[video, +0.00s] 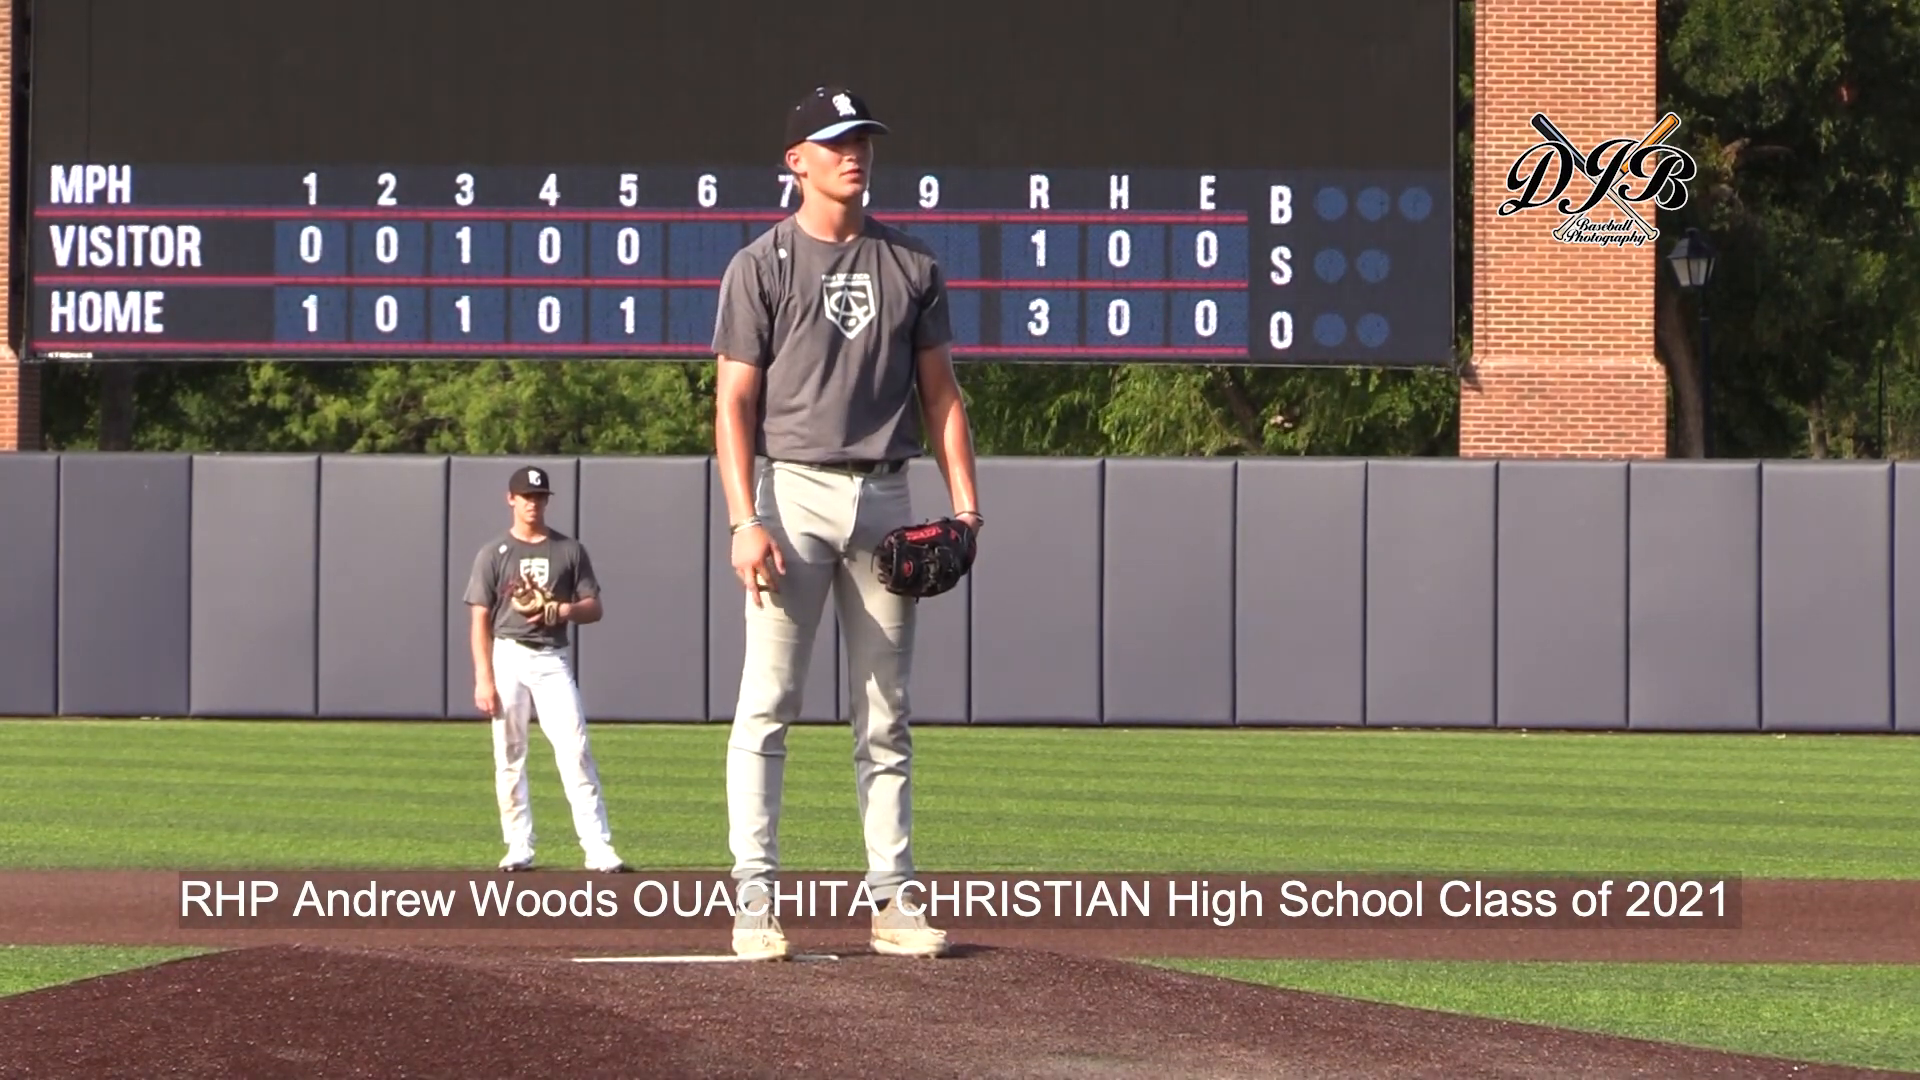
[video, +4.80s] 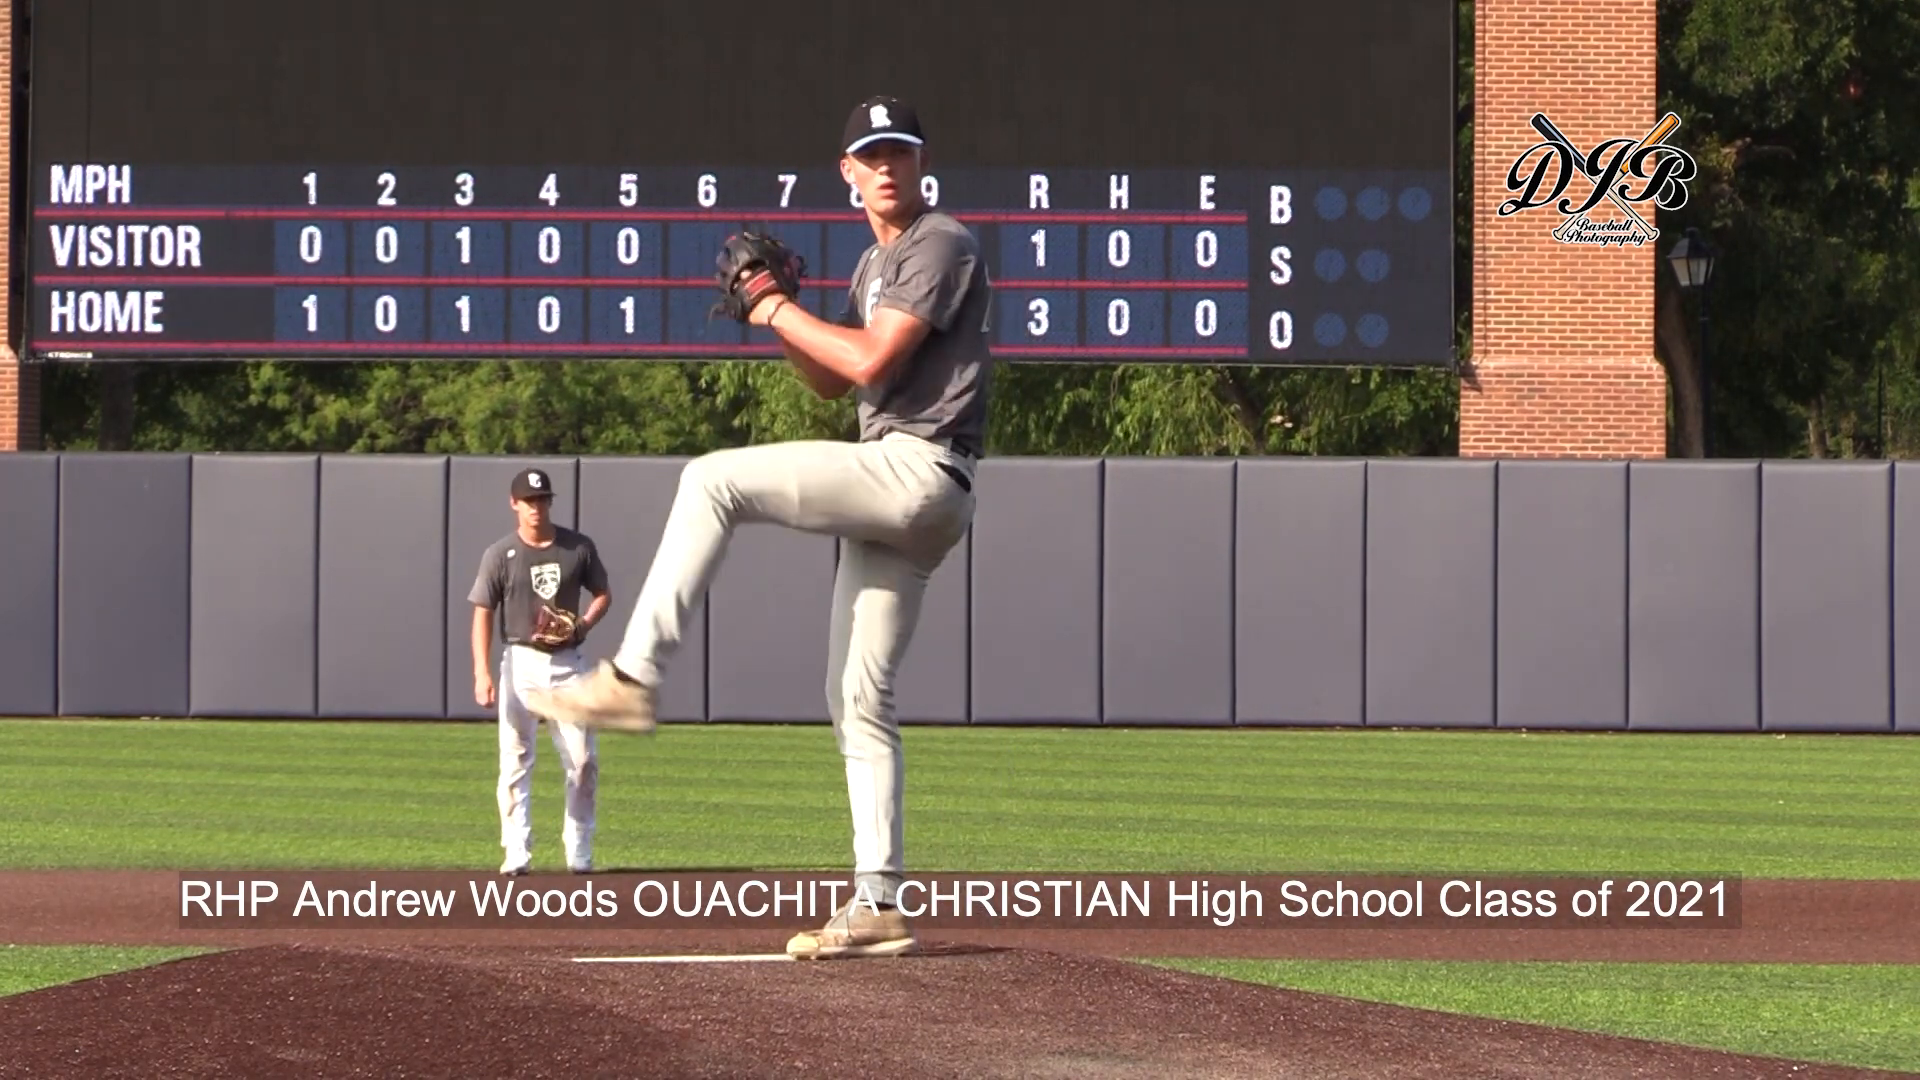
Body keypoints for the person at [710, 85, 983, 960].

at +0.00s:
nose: (854, 159)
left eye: (861, 145)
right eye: (837, 147)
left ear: (871, 158)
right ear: (799, 160)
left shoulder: (911, 267)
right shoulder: (758, 267)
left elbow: (942, 395)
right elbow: (732, 405)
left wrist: (965, 507)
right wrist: (744, 520)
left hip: (887, 497)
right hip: (790, 493)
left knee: (885, 712)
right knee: (768, 705)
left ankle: (893, 897)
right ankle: (755, 895)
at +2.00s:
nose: (852, 158)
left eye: (860, 145)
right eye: (835, 146)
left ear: (870, 156)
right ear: (797, 159)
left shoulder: (913, 263)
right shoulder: (760, 261)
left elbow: (943, 390)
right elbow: (730, 400)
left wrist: (964, 502)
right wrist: (750, 519)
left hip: (889, 497)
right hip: (792, 493)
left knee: (886, 711)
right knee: (769, 704)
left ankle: (892, 899)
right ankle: (755, 894)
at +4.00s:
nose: (926, 165)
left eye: (936, 151)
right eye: (908, 154)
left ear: (953, 160)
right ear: (878, 167)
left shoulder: (983, 251)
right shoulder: (862, 268)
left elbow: (992, 397)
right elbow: (850, 386)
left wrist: (897, 479)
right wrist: (819, 460)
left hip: (960, 502)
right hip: (877, 502)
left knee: (964, 705)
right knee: (858, 704)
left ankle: (972, 908)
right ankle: (878, 899)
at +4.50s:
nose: (901, 165)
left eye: (911, 150)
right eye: (884, 153)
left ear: (930, 160)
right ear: (857, 167)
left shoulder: (953, 244)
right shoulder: (858, 263)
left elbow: (932, 383)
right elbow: (846, 381)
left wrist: (817, 423)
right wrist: (784, 405)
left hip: (930, 486)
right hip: (867, 490)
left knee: (870, 686)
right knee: (851, 697)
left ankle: (940, 882)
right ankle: (880, 898)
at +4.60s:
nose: (895, 165)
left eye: (906, 150)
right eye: (879, 153)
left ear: (926, 160)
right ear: (853, 166)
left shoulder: (948, 243)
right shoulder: (865, 261)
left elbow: (914, 378)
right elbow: (849, 368)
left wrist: (796, 391)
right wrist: (780, 368)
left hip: (925, 479)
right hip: (873, 479)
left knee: (797, 630)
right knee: (868, 696)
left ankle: (872, 829)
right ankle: (874, 908)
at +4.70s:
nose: (889, 168)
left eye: (902, 153)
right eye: (873, 155)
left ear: (925, 162)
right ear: (851, 170)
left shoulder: (946, 242)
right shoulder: (869, 264)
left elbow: (893, 371)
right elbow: (853, 387)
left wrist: (778, 343)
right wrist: (779, 342)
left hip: (920, 475)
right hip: (885, 476)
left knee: (741, 557)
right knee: (863, 704)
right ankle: (882, 906)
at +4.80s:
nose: (886, 173)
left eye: (899, 157)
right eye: (870, 160)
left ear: (924, 166)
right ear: (850, 174)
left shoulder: (943, 242)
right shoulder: (875, 263)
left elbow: (871, 360)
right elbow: (839, 380)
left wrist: (773, 303)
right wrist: (778, 309)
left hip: (918, 473)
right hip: (894, 477)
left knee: (713, 481)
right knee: (864, 702)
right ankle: (879, 907)